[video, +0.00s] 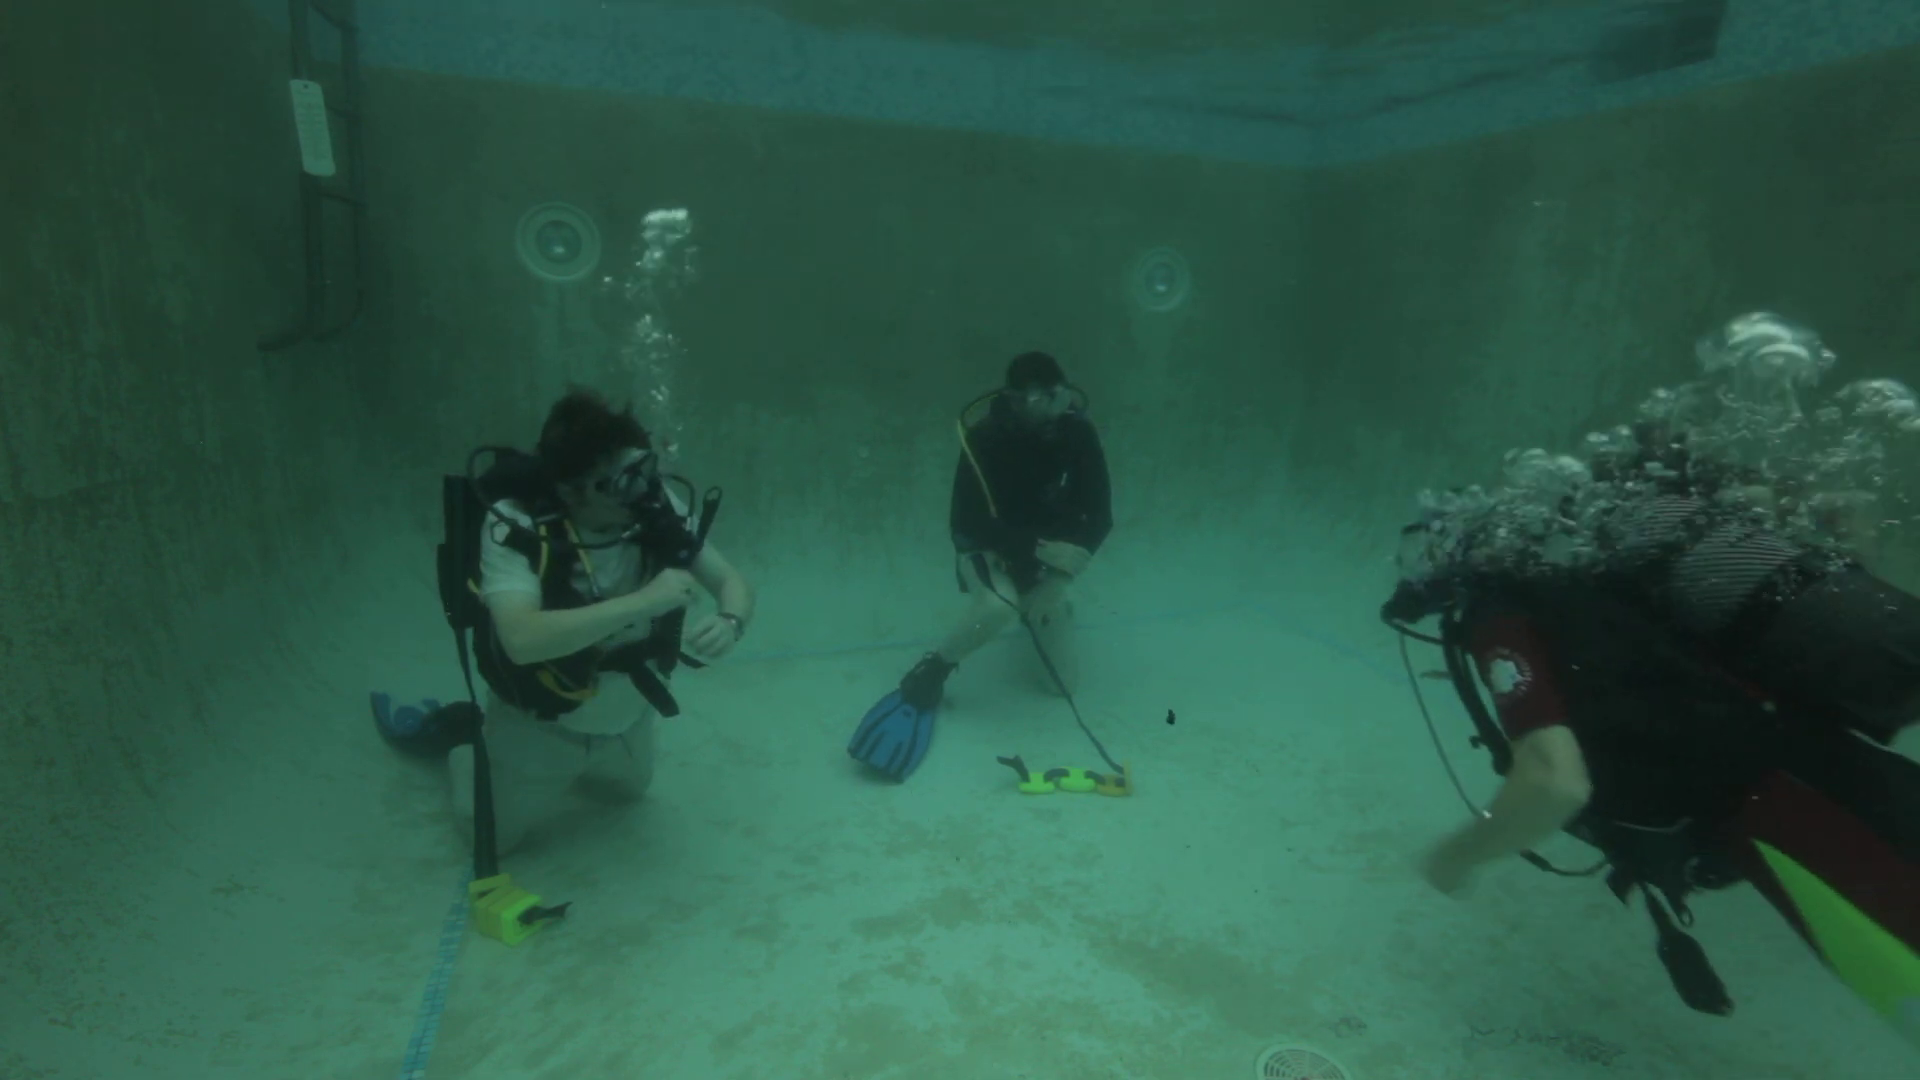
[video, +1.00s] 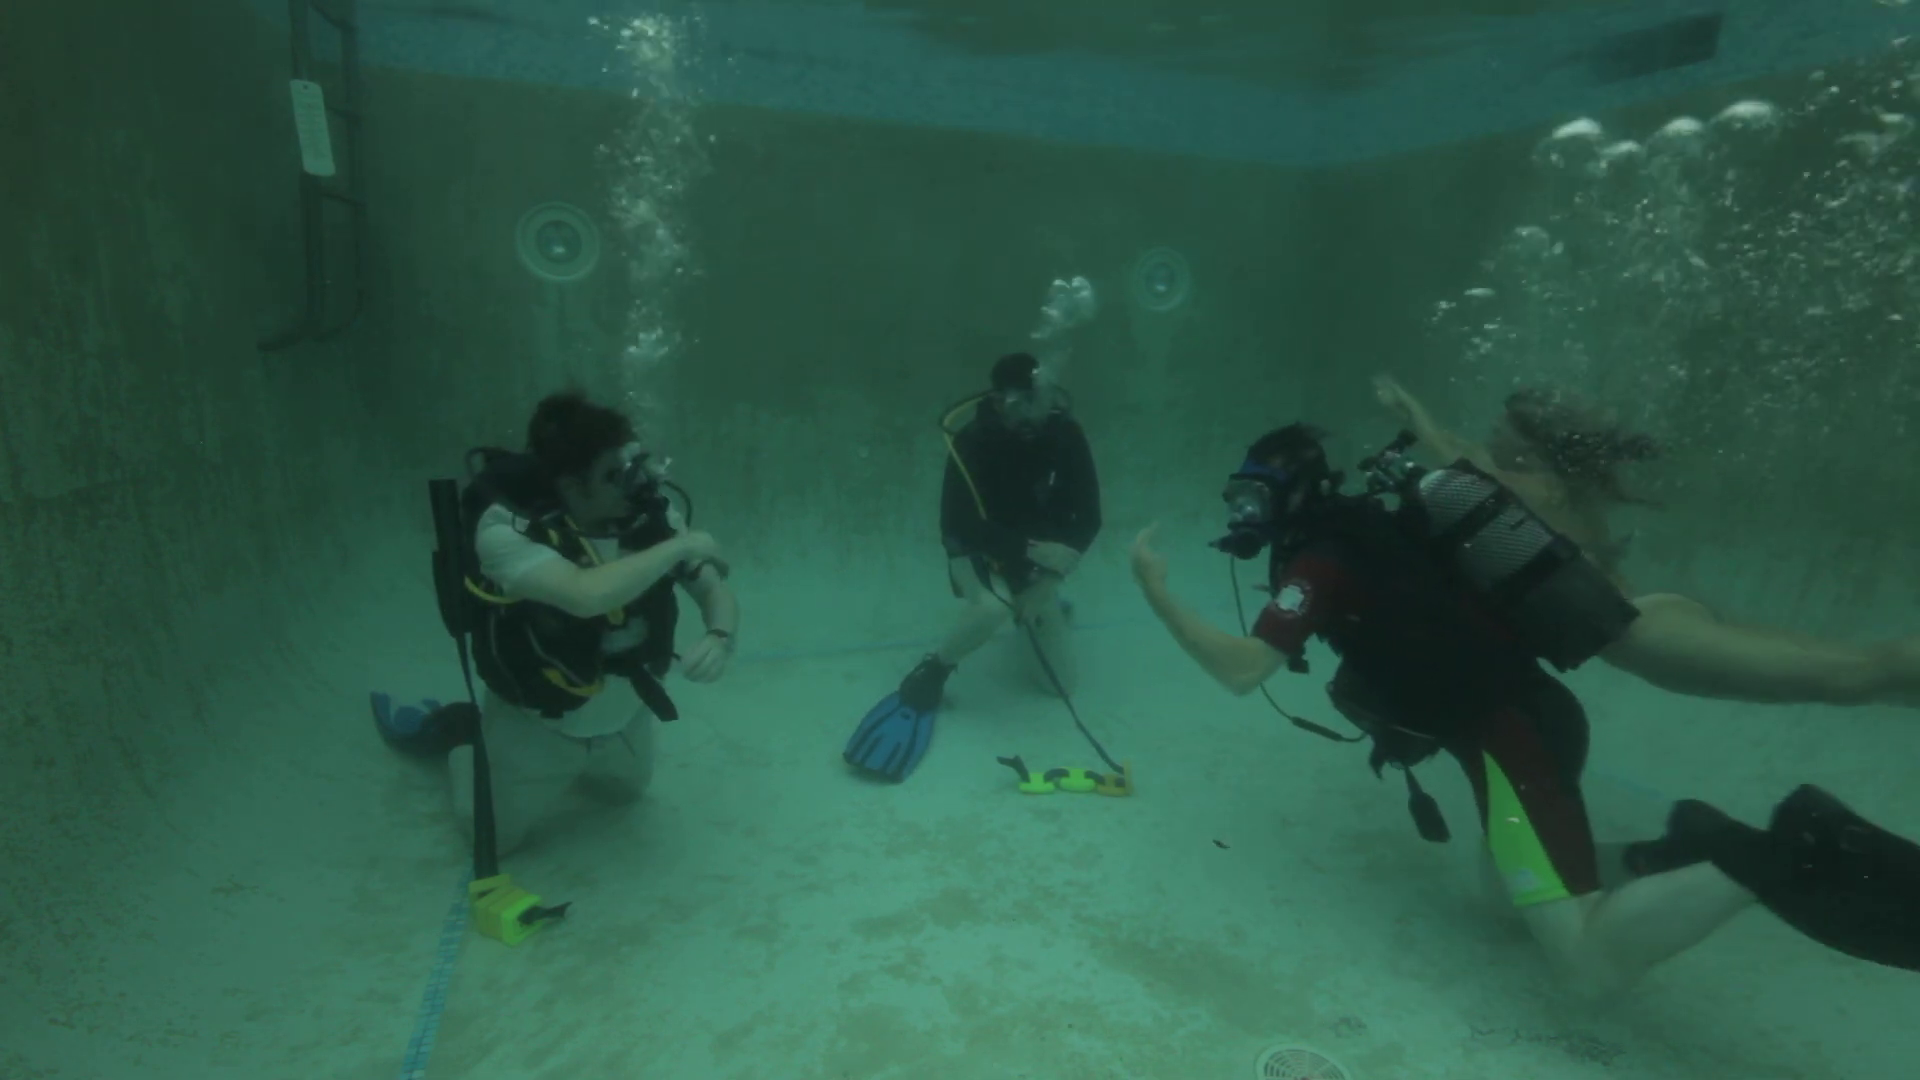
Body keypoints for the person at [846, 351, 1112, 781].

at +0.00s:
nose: (1050, 407)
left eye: (1054, 396)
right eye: (1040, 398)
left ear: (1063, 393)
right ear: (1016, 398)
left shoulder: (1077, 431)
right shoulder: (987, 434)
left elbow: (1098, 512)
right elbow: (973, 520)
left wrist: (1059, 579)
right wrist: (1035, 554)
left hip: (1052, 548)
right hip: (991, 544)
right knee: (998, 607)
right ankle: (930, 673)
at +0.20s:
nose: (1055, 406)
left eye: (1055, 395)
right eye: (1045, 398)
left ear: (1059, 392)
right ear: (1016, 399)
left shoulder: (1075, 432)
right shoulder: (985, 436)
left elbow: (1096, 513)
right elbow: (977, 521)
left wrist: (1055, 583)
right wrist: (1036, 556)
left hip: (1051, 552)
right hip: (990, 547)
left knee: (1064, 677)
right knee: (998, 606)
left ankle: (1048, 607)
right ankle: (931, 673)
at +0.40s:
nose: (1049, 409)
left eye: (1053, 397)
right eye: (1037, 400)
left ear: (1060, 394)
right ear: (1010, 401)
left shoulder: (1072, 432)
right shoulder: (982, 438)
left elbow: (1095, 514)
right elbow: (975, 523)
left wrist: (1055, 583)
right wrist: (1037, 554)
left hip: (1050, 549)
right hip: (989, 546)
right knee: (997, 607)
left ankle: (1050, 605)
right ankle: (932, 673)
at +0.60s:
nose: (1051, 412)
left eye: (1053, 401)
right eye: (1041, 403)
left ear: (1056, 396)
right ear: (1011, 400)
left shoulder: (1069, 432)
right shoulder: (979, 438)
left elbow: (1092, 514)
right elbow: (972, 524)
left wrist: (1053, 582)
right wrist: (1038, 551)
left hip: (1045, 549)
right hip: (984, 546)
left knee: (1061, 678)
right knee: (998, 607)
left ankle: (1047, 605)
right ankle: (932, 672)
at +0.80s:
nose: (1035, 412)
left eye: (1041, 399)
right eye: (1024, 402)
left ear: (1051, 394)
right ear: (1002, 401)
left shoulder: (1067, 433)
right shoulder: (976, 439)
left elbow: (1089, 515)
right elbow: (969, 524)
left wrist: (1050, 582)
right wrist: (1034, 551)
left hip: (1046, 550)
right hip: (985, 546)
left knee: (1061, 677)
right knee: (994, 608)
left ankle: (1044, 605)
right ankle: (933, 672)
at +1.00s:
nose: (1031, 412)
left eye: (1037, 400)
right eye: (1020, 402)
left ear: (1049, 396)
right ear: (1000, 402)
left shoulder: (1064, 432)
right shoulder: (974, 438)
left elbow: (1088, 513)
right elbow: (968, 523)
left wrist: (1048, 581)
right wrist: (1031, 551)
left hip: (1042, 548)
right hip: (980, 544)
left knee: (1061, 676)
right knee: (992, 609)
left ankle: (1045, 606)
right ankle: (932, 673)